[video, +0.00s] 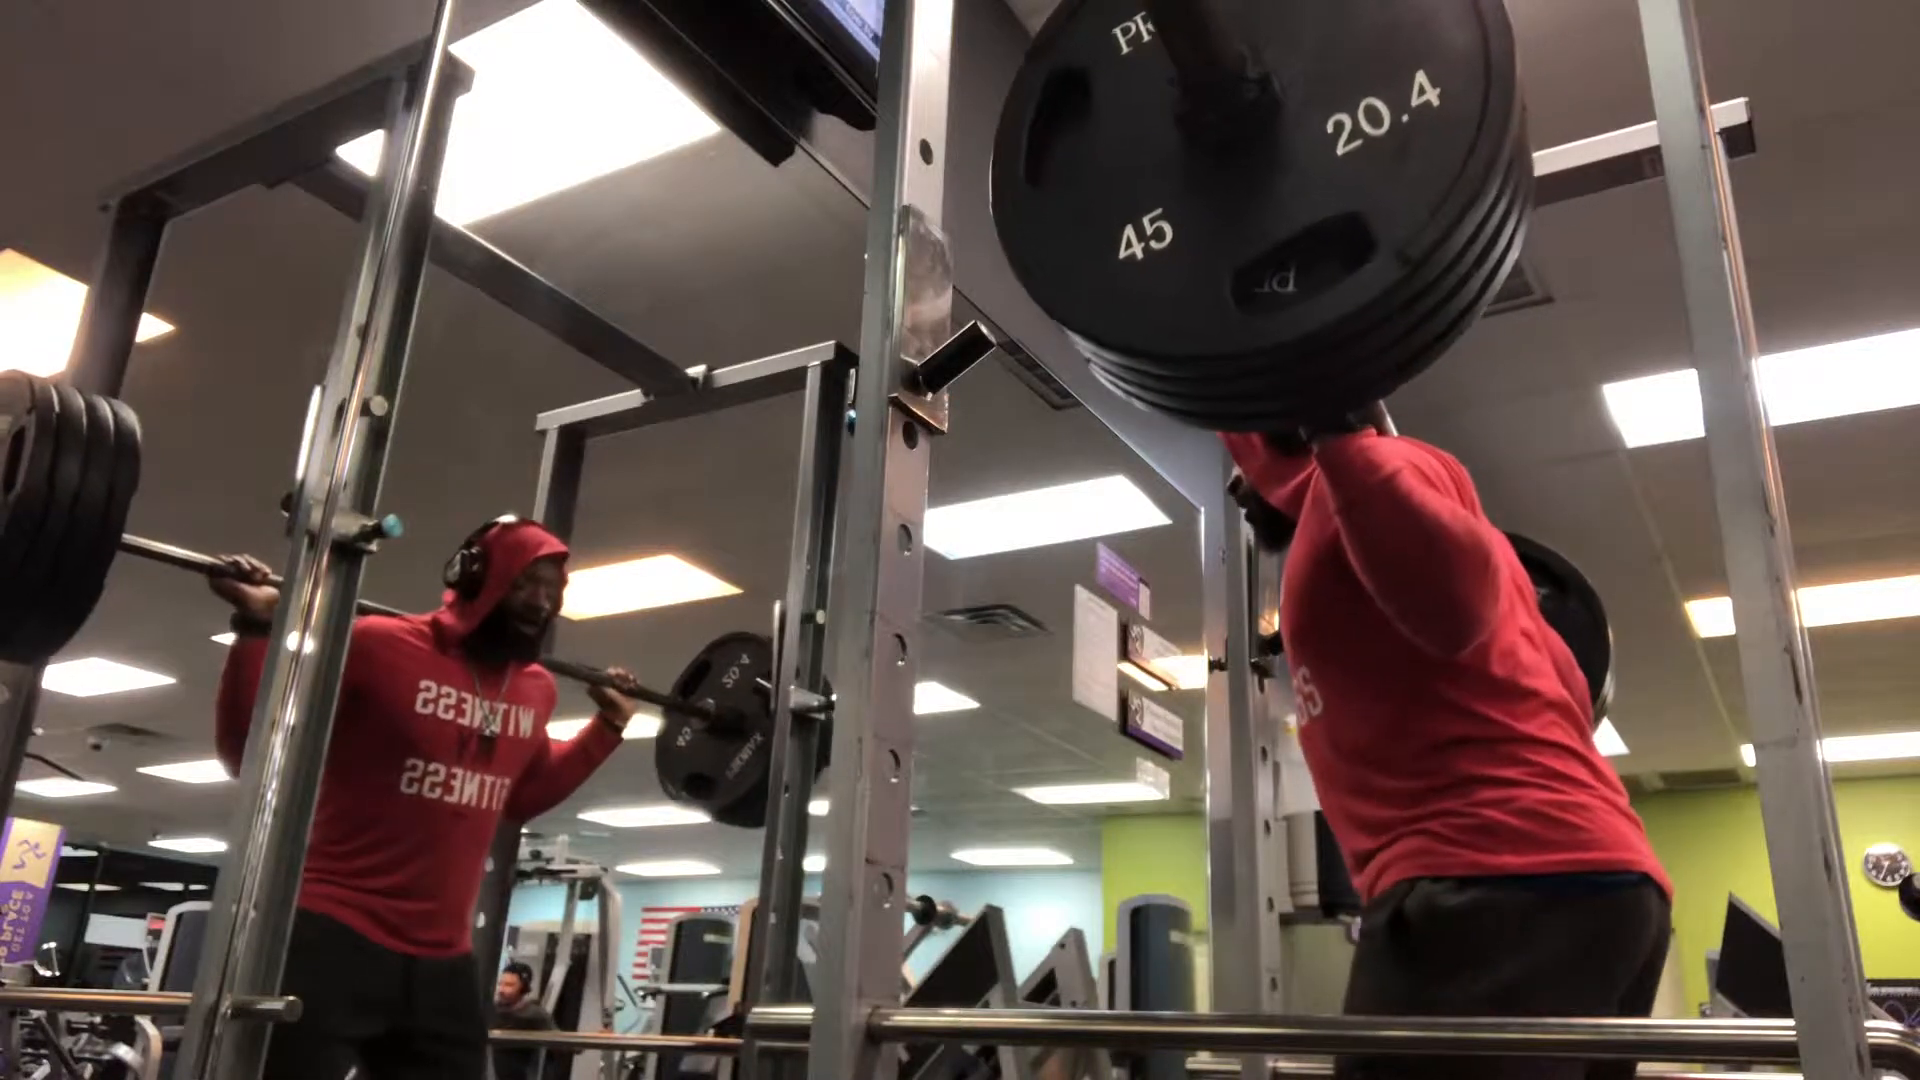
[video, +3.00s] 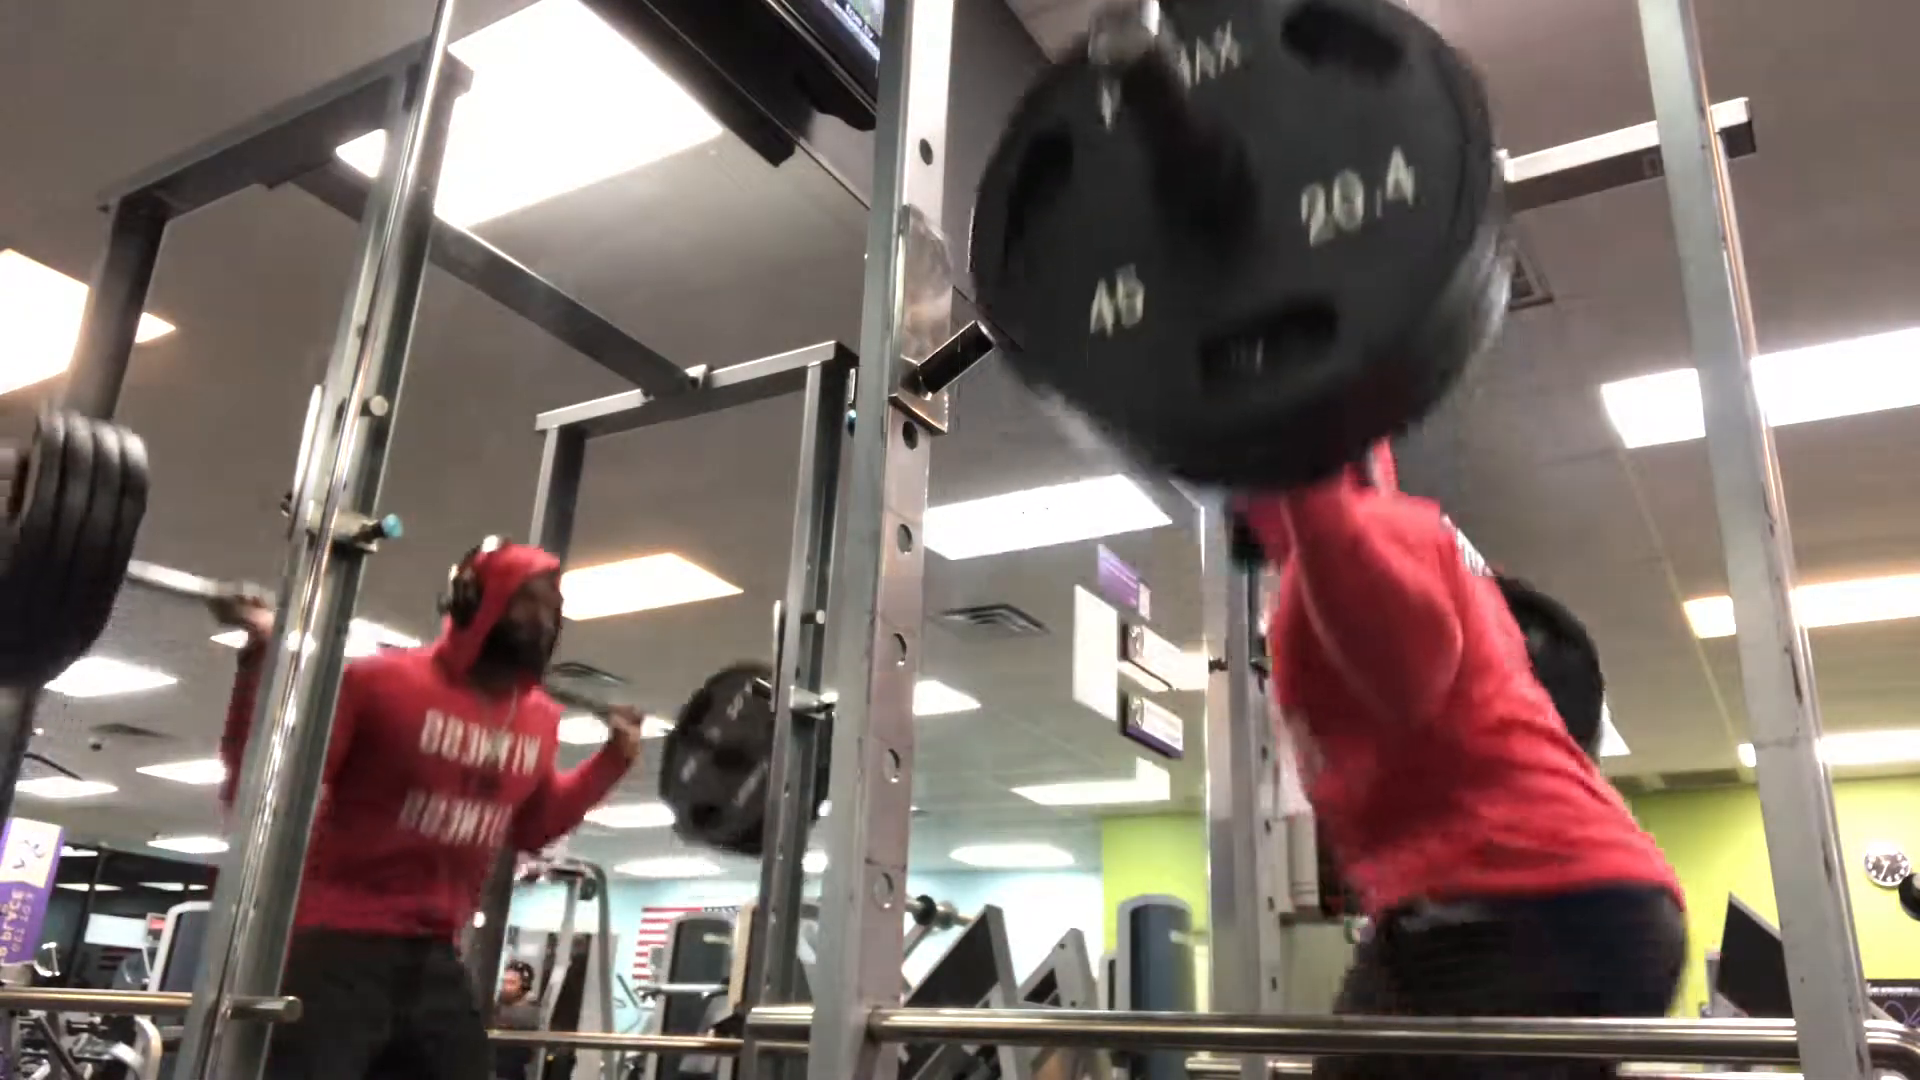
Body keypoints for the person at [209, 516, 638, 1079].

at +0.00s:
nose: (542, 601)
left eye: (553, 588)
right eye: (528, 582)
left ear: (560, 599)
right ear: (482, 578)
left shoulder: (534, 689)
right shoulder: (375, 643)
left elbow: (522, 798)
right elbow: (244, 753)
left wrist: (607, 725)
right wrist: (256, 629)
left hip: (444, 960)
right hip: (332, 934)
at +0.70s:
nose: (546, 661)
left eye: (554, 646)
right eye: (531, 639)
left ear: (557, 656)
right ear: (484, 639)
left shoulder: (530, 753)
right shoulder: (369, 710)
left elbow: (514, 863)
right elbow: (237, 821)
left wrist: (601, 790)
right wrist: (248, 695)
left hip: (426, 999)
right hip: (320, 985)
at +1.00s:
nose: (532, 727)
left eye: (542, 713)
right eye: (516, 707)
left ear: (548, 724)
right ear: (470, 706)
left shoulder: (520, 822)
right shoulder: (359, 783)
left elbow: (505, 929)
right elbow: (227, 899)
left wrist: (594, 858)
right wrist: (242, 772)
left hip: (410, 1051)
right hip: (305, 1040)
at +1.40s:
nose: (520, 805)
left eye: (531, 791)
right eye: (505, 786)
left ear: (540, 801)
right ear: (457, 783)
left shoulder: (512, 892)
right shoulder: (344, 862)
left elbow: (498, 1004)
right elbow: (224, 981)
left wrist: (585, 928)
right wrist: (226, 853)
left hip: (407, 1073)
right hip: (302, 1066)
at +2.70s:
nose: (529, 738)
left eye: (540, 722)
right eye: (513, 716)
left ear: (547, 734)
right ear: (467, 718)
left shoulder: (523, 829)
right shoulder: (358, 795)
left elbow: (511, 932)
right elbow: (223, 918)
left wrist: (601, 862)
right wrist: (242, 778)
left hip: (417, 1049)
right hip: (314, 1037)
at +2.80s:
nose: (532, 699)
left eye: (544, 686)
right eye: (516, 680)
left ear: (553, 699)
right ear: (471, 681)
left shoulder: (528, 795)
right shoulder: (365, 759)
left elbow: (515, 904)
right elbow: (233, 869)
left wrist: (606, 832)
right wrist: (247, 747)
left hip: (427, 1028)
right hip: (321, 1017)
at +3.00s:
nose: (548, 619)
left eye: (555, 604)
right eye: (530, 601)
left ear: (559, 616)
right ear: (482, 604)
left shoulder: (539, 717)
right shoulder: (374, 683)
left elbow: (528, 829)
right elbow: (250, 796)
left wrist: (612, 760)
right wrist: (261, 659)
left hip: (437, 963)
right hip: (333, 952)